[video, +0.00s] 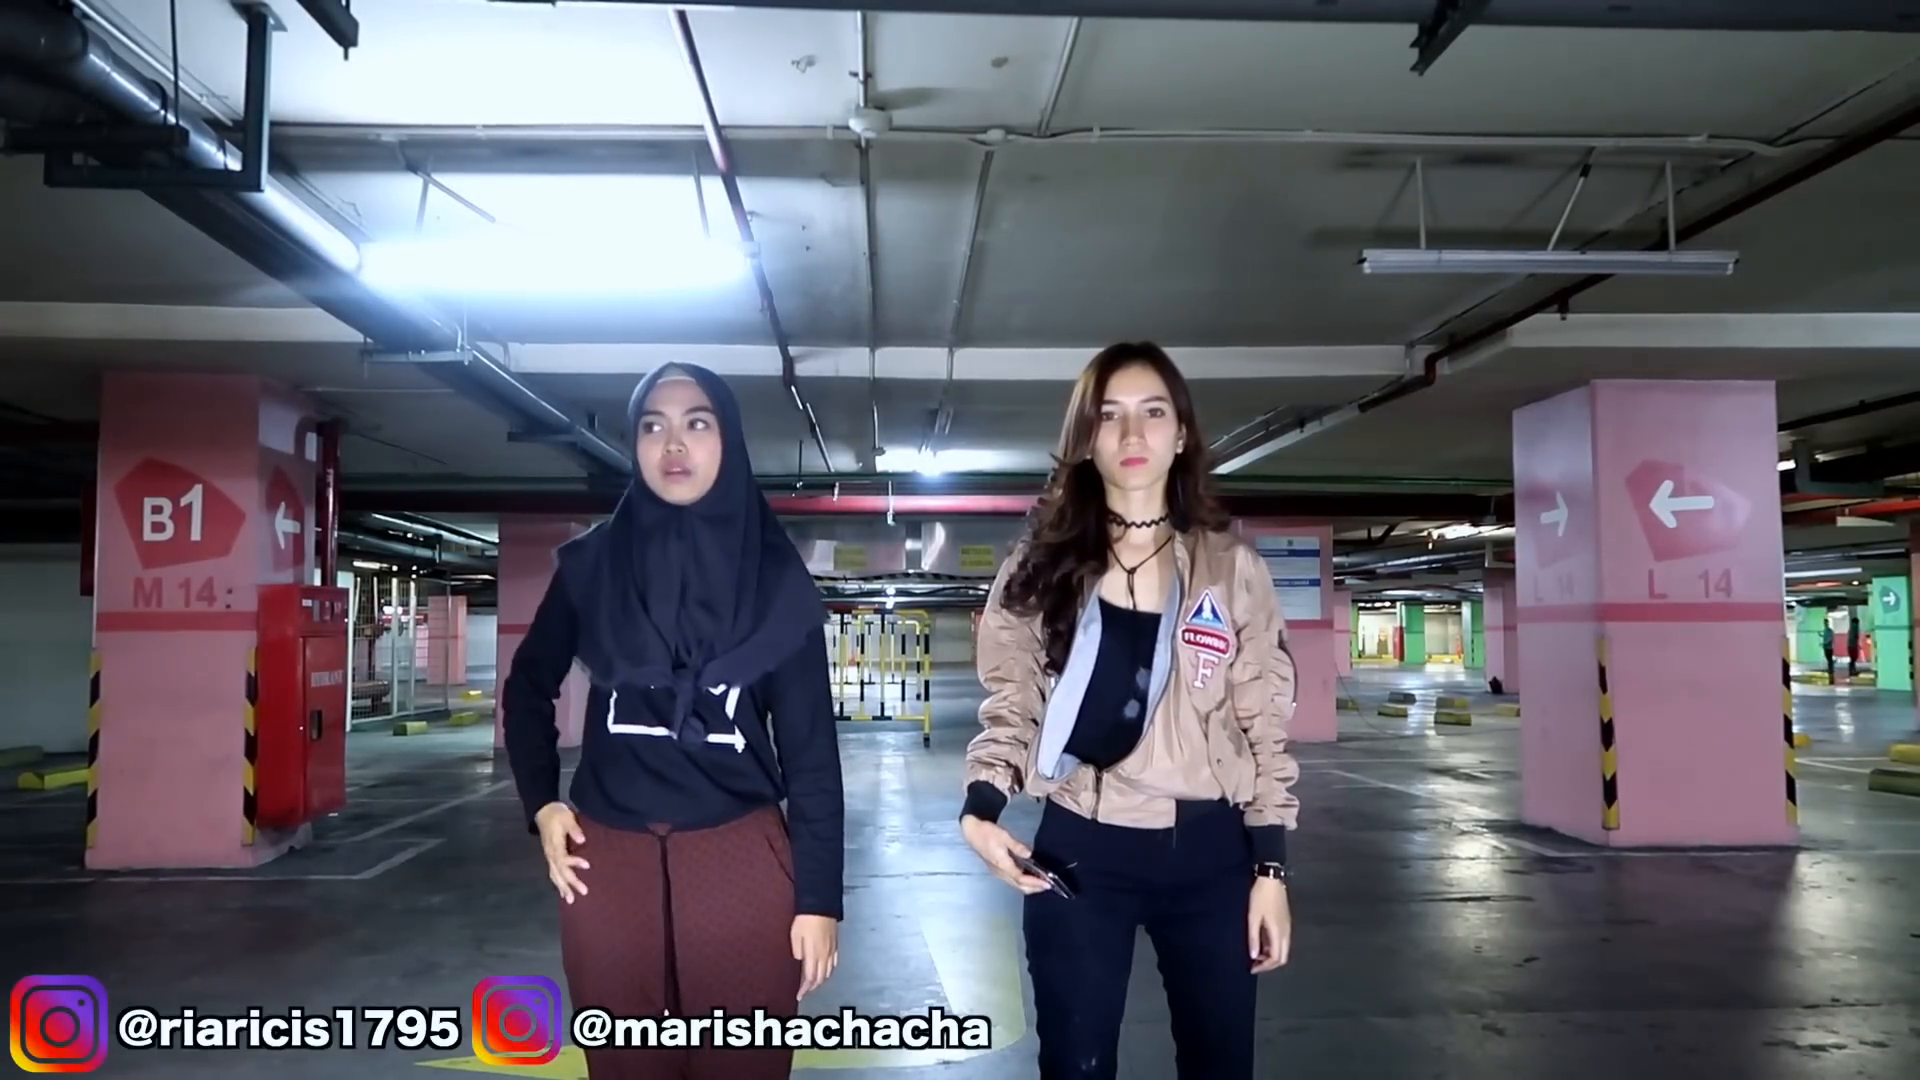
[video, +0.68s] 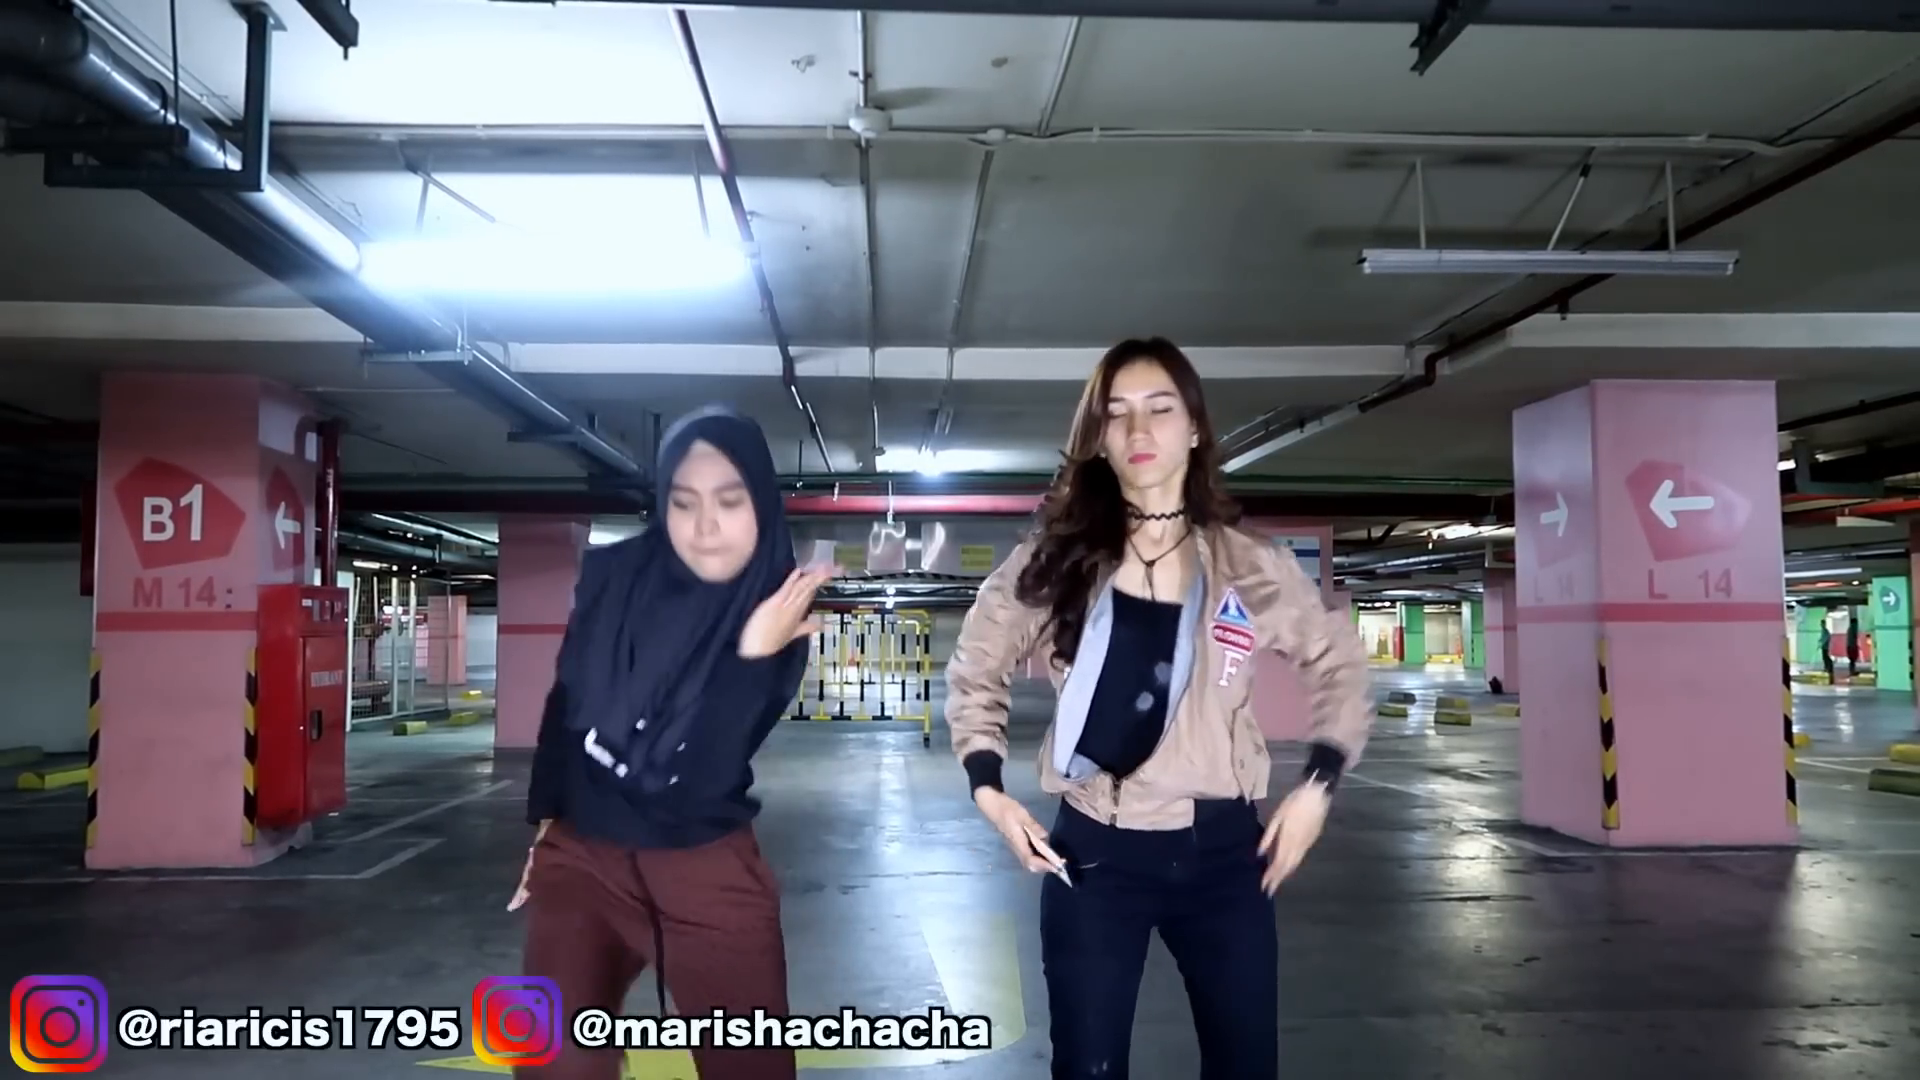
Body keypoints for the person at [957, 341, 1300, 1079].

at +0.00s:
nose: (1132, 432)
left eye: (1153, 412)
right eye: (1111, 415)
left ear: (1182, 431)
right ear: (1087, 438)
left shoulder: (1233, 565)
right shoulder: (1038, 564)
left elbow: (1263, 721)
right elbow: (1009, 703)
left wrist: (1270, 865)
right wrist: (978, 809)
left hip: (1207, 853)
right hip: (1078, 852)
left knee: (1221, 1067)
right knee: (1076, 1069)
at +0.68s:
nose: (1138, 429)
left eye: (1159, 408)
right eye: (1118, 413)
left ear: (1195, 428)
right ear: (1097, 438)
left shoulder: (1248, 562)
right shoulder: (1057, 555)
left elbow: (1343, 664)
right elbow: (976, 671)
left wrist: (1320, 784)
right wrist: (988, 788)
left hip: (1223, 854)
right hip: (1092, 856)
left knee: (1244, 1066)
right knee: (1086, 1067)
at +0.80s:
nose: (1141, 457)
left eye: (1165, 431)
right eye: (1133, 438)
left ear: (1226, 444)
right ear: (1122, 455)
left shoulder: (1281, 591)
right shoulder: (1086, 574)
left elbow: (1391, 689)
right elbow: (992, 671)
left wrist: (1341, 779)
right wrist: (979, 790)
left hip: (1236, 870)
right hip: (1106, 866)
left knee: (1258, 1069)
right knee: (1074, 1066)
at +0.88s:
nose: (1150, 489)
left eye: (1176, 465)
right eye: (1149, 470)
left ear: (1242, 485)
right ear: (1140, 485)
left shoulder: (1299, 645)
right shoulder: (1100, 598)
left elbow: (1376, 779)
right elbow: (1008, 689)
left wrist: (1307, 815)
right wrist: (992, 774)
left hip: (1233, 895)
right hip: (1105, 882)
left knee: (1270, 1070)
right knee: (1053, 1052)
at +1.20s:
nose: (1235, 454)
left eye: (1259, 438)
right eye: (1218, 436)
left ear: (1287, 464)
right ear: (1189, 458)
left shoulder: (1290, 627)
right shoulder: (1120, 559)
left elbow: (1284, 800)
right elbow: (1008, 612)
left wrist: (1257, 725)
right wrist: (934, 687)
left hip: (1180, 882)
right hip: (1060, 856)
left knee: (1180, 1069)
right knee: (965, 1060)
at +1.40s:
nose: (1146, 437)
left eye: (1171, 423)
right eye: (1126, 422)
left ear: (1203, 455)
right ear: (1099, 452)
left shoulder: (1242, 583)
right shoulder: (1058, 558)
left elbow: (1358, 715)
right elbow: (944, 610)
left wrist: (1265, 639)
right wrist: (917, 686)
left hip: (1161, 870)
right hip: (1037, 852)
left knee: (1157, 1070)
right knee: (961, 1060)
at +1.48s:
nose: (1095, 477)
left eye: (1120, 462)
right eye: (1078, 459)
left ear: (1152, 492)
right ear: (1047, 484)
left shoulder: (1213, 603)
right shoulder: (999, 619)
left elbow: (1327, 698)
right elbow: (940, 746)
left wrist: (1248, 720)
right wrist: (942, 798)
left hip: (1160, 891)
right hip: (1034, 886)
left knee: (1171, 1069)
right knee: (1001, 1067)